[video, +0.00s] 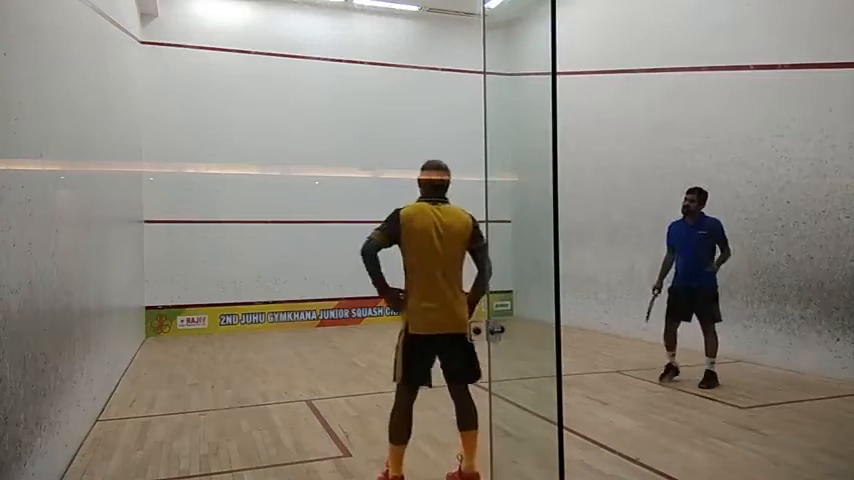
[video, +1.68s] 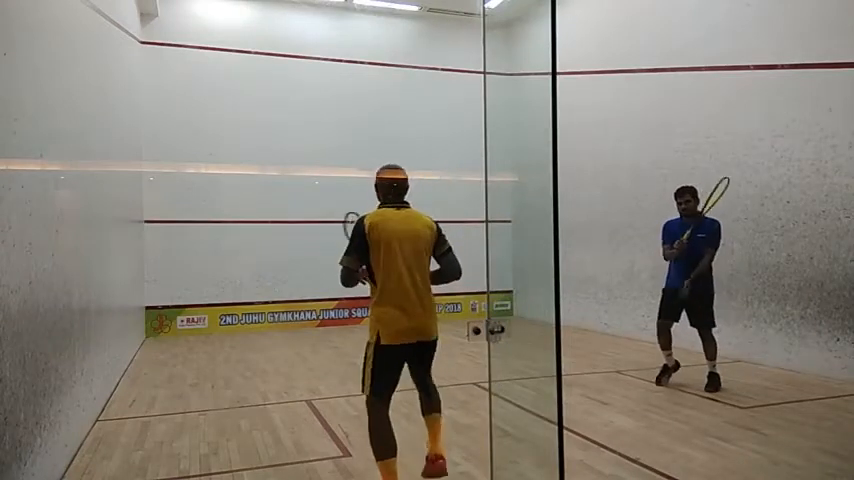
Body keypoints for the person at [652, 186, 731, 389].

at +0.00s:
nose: (686, 203)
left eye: (691, 201)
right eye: (685, 200)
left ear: (701, 205)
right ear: (683, 201)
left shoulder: (713, 226)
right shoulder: (675, 227)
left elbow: (725, 251)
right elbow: (670, 255)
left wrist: (715, 266)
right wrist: (660, 280)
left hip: (704, 286)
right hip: (680, 285)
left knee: (708, 328)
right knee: (670, 325)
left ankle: (710, 371)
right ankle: (671, 365)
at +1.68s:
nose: (684, 206)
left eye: (688, 202)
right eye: (680, 203)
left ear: (697, 203)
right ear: (676, 206)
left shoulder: (711, 226)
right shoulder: (670, 226)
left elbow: (708, 259)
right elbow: (666, 255)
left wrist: (690, 279)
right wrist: (676, 250)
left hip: (700, 286)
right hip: (674, 284)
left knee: (704, 331)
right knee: (662, 326)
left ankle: (712, 373)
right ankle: (670, 363)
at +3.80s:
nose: (501, 218)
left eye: (503, 214)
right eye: (503, 214)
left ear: (507, 216)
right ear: (522, 216)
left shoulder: (500, 243)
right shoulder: (539, 239)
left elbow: (491, 277)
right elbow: (553, 274)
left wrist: (479, 294)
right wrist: (566, 301)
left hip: (516, 303)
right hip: (541, 302)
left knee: (505, 352)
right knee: (537, 337)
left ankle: (506, 405)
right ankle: (565, 379)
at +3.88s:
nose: (500, 217)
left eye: (502, 213)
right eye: (502, 213)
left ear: (505, 215)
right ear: (522, 215)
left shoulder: (497, 242)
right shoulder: (538, 238)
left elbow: (490, 273)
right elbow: (553, 272)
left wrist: (479, 288)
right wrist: (569, 297)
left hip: (516, 303)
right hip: (541, 301)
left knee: (507, 349)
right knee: (538, 336)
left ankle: (506, 401)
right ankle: (559, 382)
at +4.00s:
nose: (501, 219)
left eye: (503, 216)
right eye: (503, 215)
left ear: (505, 217)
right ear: (522, 217)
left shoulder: (497, 243)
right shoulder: (538, 240)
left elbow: (490, 271)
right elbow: (552, 273)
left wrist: (483, 283)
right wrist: (571, 297)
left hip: (516, 304)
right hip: (541, 304)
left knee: (508, 345)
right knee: (541, 341)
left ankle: (505, 389)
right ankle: (552, 386)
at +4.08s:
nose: (501, 219)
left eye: (503, 216)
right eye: (503, 215)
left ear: (505, 217)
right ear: (522, 217)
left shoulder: (496, 243)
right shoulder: (538, 240)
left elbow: (492, 275)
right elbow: (551, 274)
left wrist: (485, 288)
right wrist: (568, 298)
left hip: (514, 304)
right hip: (539, 303)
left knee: (506, 343)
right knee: (541, 342)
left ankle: (504, 382)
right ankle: (553, 386)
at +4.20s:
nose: (496, 215)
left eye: (497, 212)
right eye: (498, 212)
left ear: (499, 214)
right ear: (516, 213)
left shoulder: (493, 237)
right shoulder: (531, 236)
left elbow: (491, 270)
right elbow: (542, 269)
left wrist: (490, 290)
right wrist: (553, 293)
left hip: (506, 298)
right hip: (531, 298)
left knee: (496, 334)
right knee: (537, 339)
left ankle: (507, 374)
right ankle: (552, 384)